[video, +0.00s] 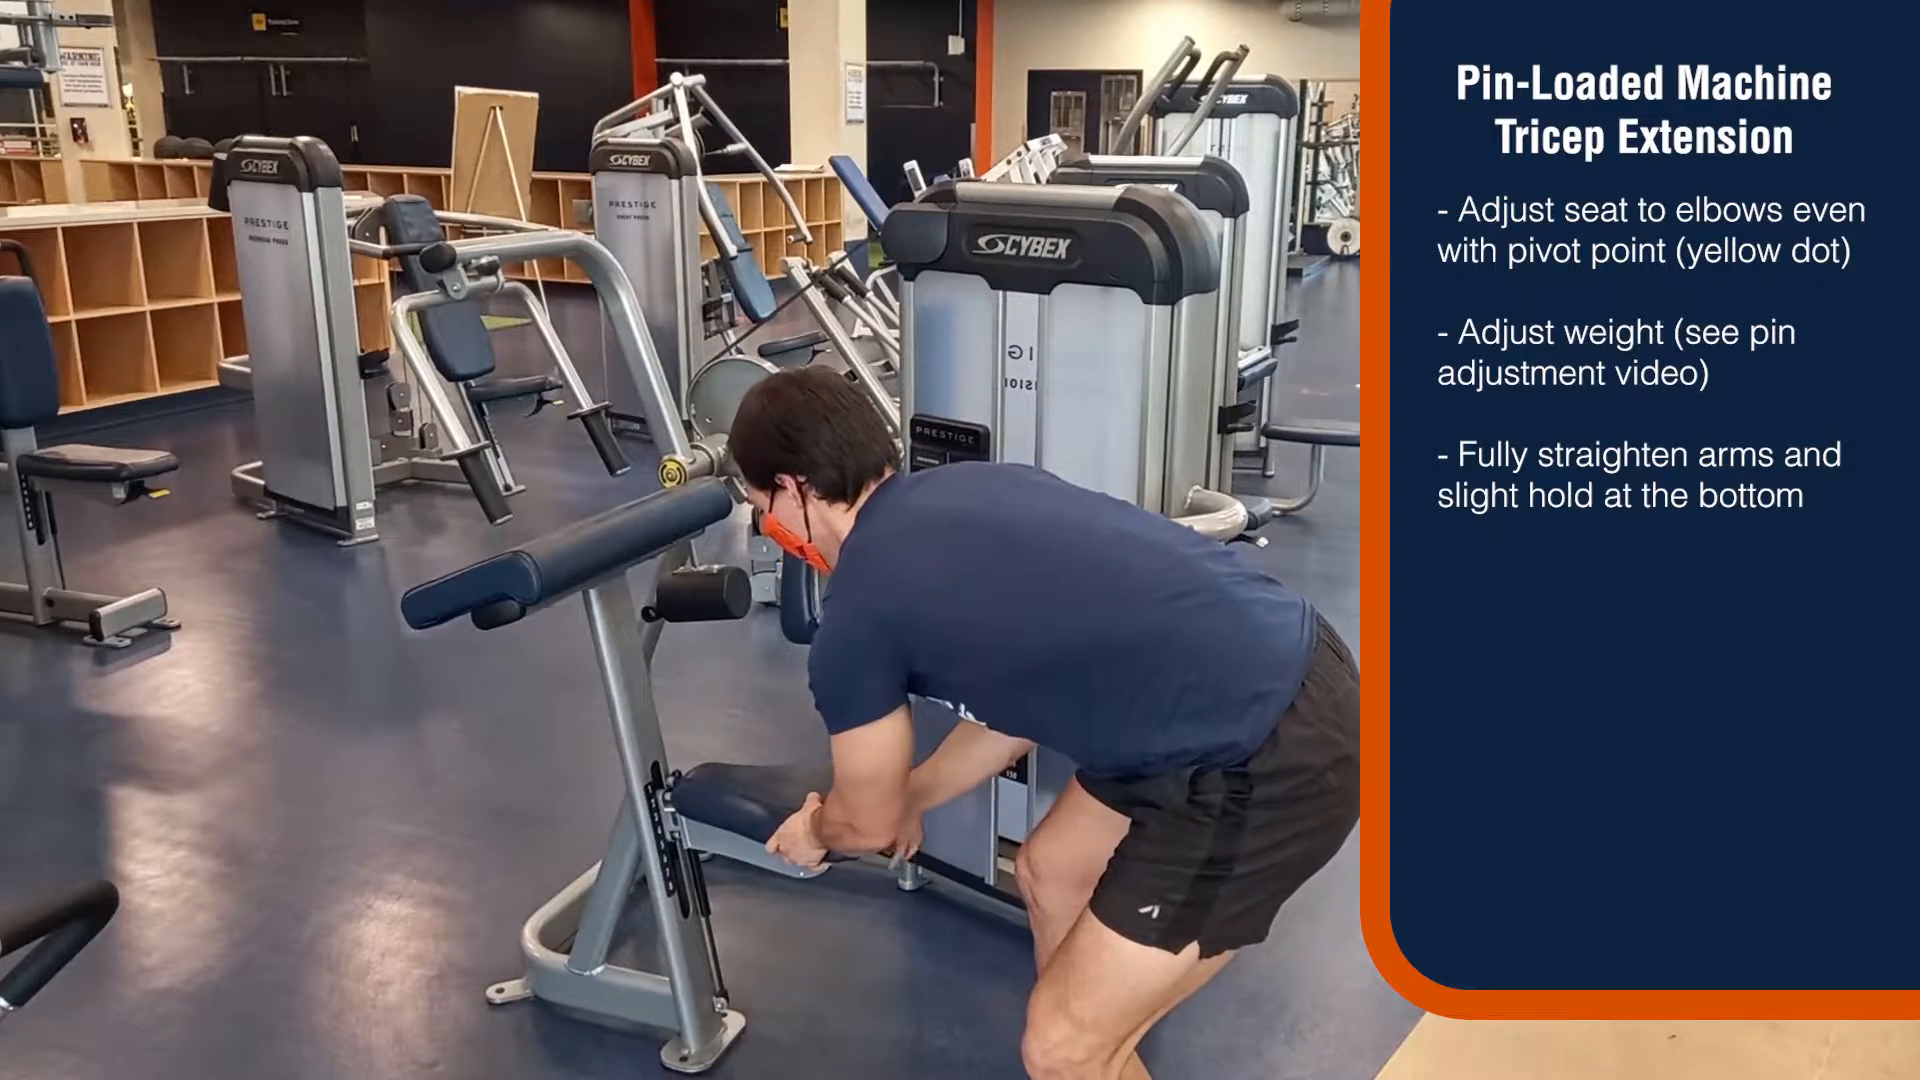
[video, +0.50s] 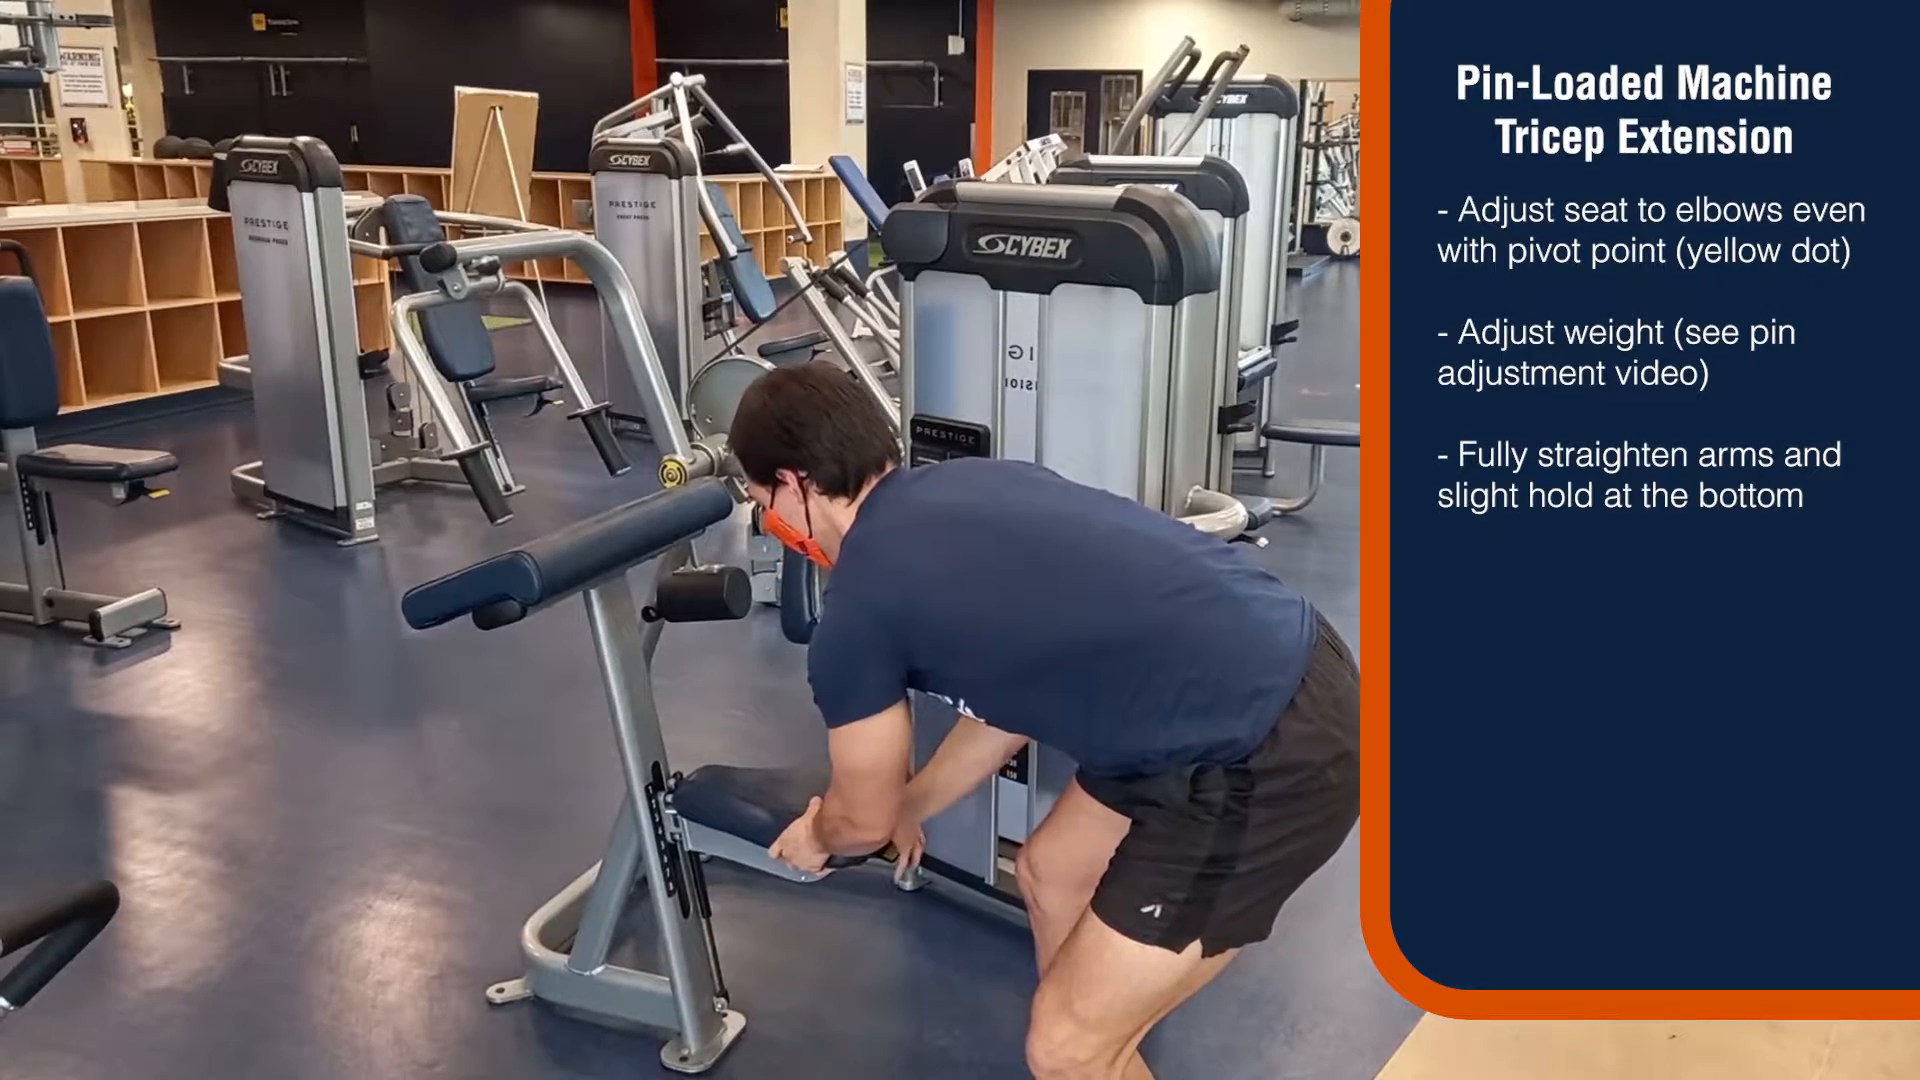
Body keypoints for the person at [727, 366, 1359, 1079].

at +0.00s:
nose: (761, 526)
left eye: (757, 504)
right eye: (754, 508)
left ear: (795, 492)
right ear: (874, 453)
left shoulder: (858, 607)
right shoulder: (970, 487)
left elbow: (867, 825)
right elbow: (1032, 692)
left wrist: (815, 829)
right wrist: (903, 801)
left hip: (1258, 747)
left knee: (1067, 1047)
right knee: (1052, 872)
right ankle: (1110, 1051)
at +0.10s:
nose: (763, 528)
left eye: (758, 505)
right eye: (755, 509)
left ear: (795, 491)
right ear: (874, 452)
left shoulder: (859, 606)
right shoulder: (972, 486)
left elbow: (869, 825)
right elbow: (1033, 691)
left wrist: (816, 828)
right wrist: (907, 799)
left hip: (1258, 744)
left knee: (1069, 1047)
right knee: (1055, 871)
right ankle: (1110, 1051)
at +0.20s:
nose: (764, 527)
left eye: (759, 504)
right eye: (756, 508)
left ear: (795, 488)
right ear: (873, 451)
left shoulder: (859, 604)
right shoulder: (969, 483)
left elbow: (865, 822)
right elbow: (1031, 688)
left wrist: (816, 830)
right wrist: (909, 801)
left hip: (1256, 744)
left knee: (1071, 1047)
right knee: (1056, 873)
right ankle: (1111, 1049)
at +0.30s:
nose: (764, 521)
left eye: (759, 498)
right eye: (756, 502)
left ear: (795, 486)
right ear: (874, 448)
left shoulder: (858, 602)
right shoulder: (969, 483)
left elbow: (865, 820)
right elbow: (1029, 688)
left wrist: (817, 830)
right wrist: (909, 802)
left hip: (1257, 742)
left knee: (1070, 1047)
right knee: (1055, 872)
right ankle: (1107, 1048)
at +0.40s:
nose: (764, 521)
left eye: (760, 497)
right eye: (757, 501)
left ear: (795, 485)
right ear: (874, 448)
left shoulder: (858, 601)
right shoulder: (970, 482)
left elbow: (862, 819)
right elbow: (1025, 689)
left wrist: (814, 835)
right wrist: (908, 807)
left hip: (1257, 743)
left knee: (1070, 1047)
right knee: (1052, 873)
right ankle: (1108, 1048)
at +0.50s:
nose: (764, 520)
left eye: (760, 498)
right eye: (757, 501)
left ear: (795, 485)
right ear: (874, 447)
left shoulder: (858, 602)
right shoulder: (971, 483)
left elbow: (862, 820)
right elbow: (1023, 691)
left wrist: (815, 837)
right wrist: (907, 810)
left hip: (1257, 743)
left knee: (1071, 1047)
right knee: (1053, 873)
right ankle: (1107, 1047)